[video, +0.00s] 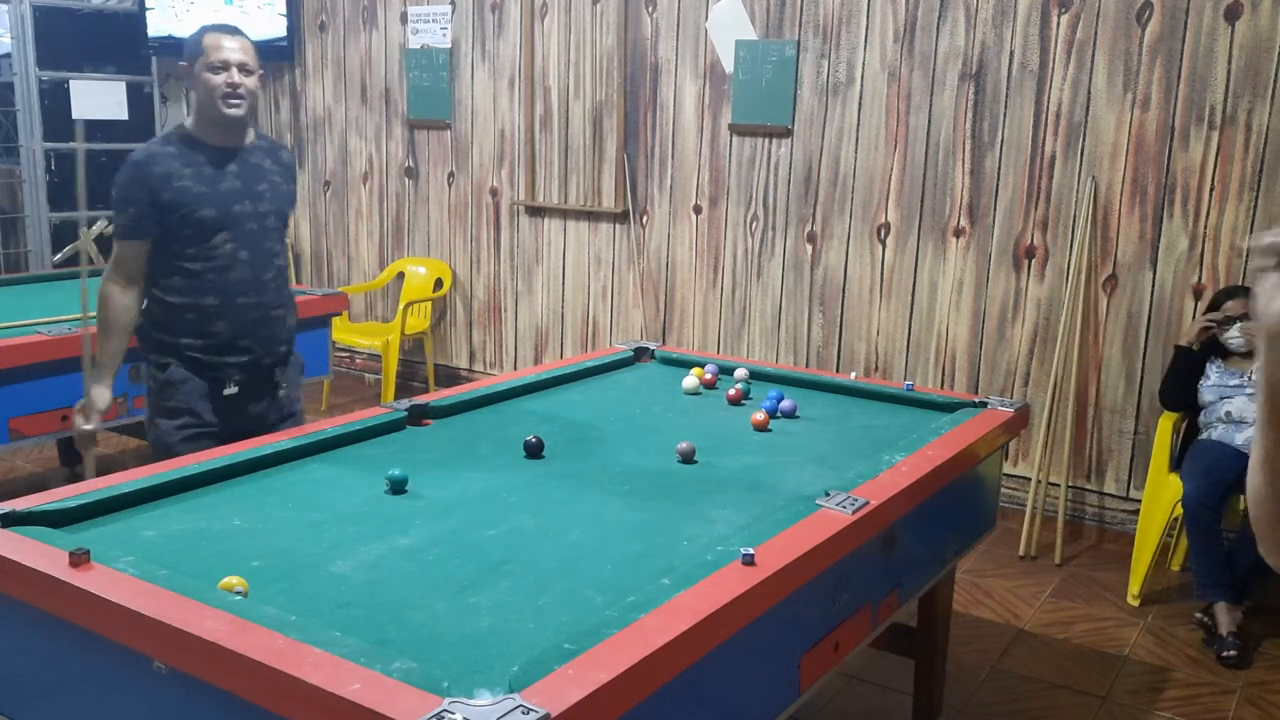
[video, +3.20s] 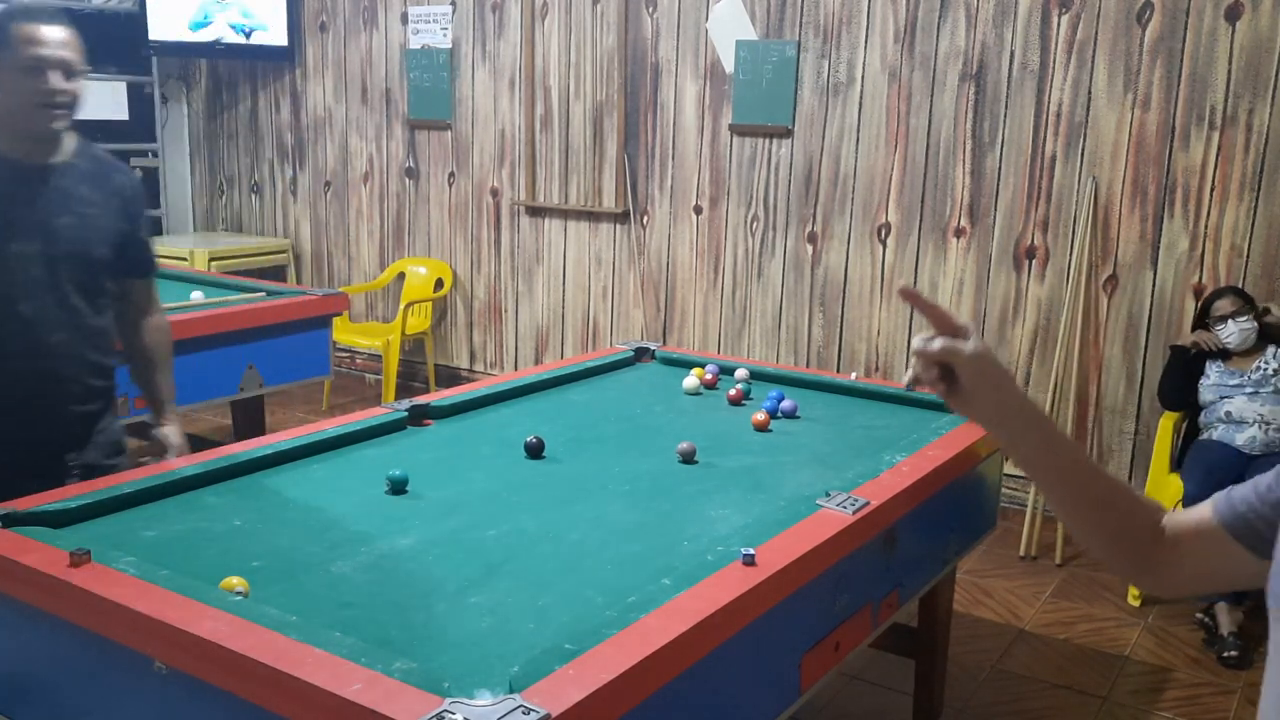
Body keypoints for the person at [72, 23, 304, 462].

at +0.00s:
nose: (233, 80)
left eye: (245, 70)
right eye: (218, 68)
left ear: (259, 81)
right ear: (190, 77)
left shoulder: (280, 163)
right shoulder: (150, 168)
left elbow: (269, 260)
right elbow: (124, 282)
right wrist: (101, 383)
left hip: (274, 376)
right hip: (186, 383)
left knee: (288, 516)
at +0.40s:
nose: (163, 82)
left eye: (173, 70)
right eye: (145, 70)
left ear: (185, 79)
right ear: (109, 79)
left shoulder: (210, 161)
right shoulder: (82, 179)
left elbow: (242, 264)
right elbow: (67, 299)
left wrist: (271, 352)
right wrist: (52, 412)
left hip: (231, 377)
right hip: (143, 387)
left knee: (265, 520)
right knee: (160, 534)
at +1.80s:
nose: (232, 92)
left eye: (247, 83)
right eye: (216, 77)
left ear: (262, 96)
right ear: (182, 77)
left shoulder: (274, 187)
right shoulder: (116, 163)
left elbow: (284, 303)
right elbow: (65, 273)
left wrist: (297, 403)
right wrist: (43, 377)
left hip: (234, 411)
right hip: (129, 409)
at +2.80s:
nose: (212, 92)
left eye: (226, 81)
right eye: (194, 76)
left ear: (241, 94)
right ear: (154, 77)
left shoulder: (244, 195)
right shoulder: (80, 160)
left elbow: (250, 317)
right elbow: (14, 277)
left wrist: (261, 415)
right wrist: (3, 392)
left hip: (178, 425)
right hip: (65, 418)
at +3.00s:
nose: (143, 89)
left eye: (157, 76)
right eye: (123, 74)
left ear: (174, 88)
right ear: (82, 78)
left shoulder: (184, 191)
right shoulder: (17, 169)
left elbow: (206, 314)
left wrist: (228, 419)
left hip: (142, 434)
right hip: (28, 436)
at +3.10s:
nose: (99, 87)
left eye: (113, 72)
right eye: (79, 69)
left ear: (127, 84)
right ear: (36, 76)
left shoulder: (148, 185)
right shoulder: (8, 166)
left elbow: (173, 311)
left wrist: (198, 416)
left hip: (113, 431)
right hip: (14, 432)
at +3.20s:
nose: (56, 86)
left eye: (69, 72)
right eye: (34, 70)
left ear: (83, 81)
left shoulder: (113, 185)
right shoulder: (5, 175)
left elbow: (141, 311)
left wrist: (166, 418)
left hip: (86, 441)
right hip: (4, 446)